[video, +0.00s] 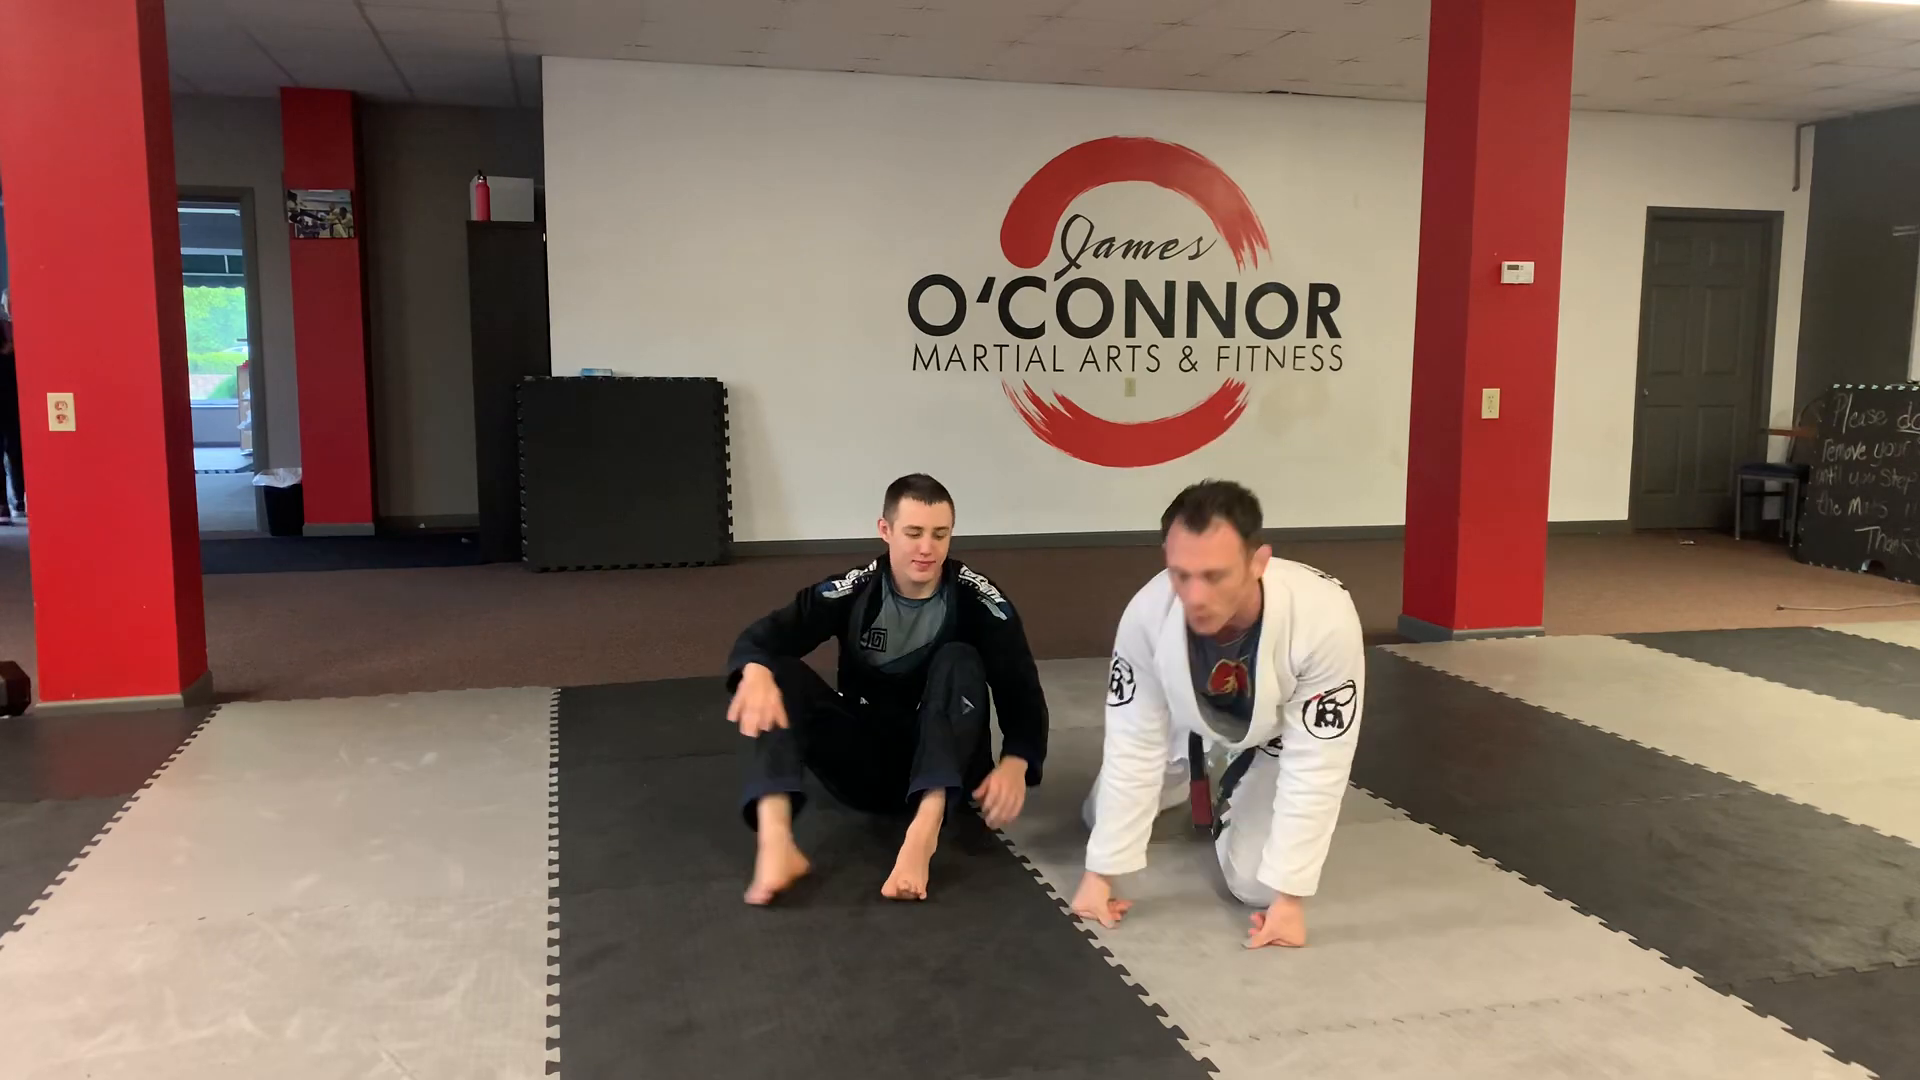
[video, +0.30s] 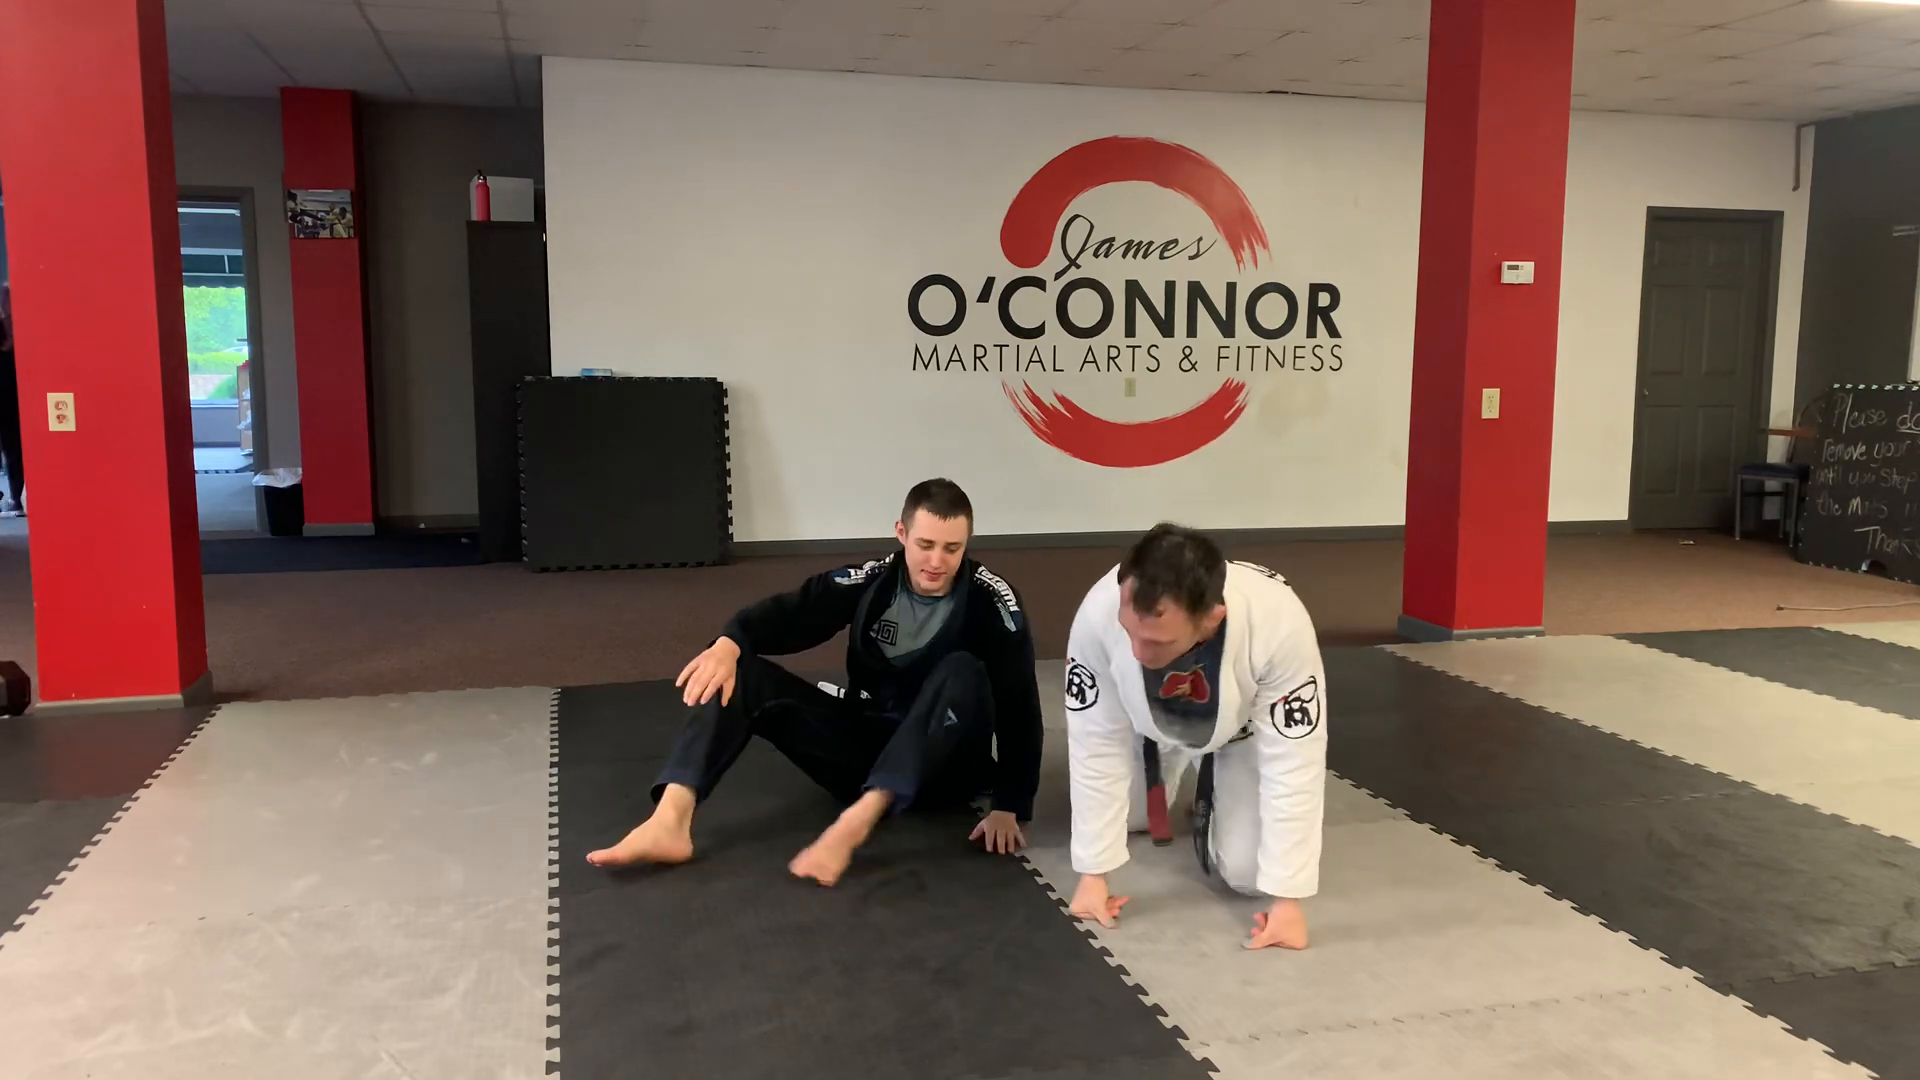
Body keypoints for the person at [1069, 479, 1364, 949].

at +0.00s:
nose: (1194, 597)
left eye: (1214, 576)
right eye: (1181, 576)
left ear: (1258, 565)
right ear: (1167, 564)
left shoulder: (1323, 619)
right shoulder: (1148, 616)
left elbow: (1318, 763)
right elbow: (1132, 746)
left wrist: (1290, 897)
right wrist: (1098, 873)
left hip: (1277, 742)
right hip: (1188, 729)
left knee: (1253, 884)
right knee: (1103, 815)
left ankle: (1243, 791)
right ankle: (1201, 760)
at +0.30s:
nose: (1139, 653)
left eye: (1158, 642)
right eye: (1130, 633)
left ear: (1212, 620)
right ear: (1124, 596)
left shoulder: (1277, 626)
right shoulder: (1100, 618)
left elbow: (1294, 764)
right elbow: (1096, 747)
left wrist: (1288, 898)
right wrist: (1092, 873)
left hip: (1244, 726)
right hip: (1152, 723)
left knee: (1249, 878)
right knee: (1136, 817)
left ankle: (1215, 798)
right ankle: (1182, 758)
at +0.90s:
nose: (1152, 629)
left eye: (1170, 617)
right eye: (1142, 610)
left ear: (1213, 598)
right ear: (1135, 586)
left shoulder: (1263, 621)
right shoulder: (1111, 612)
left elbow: (1281, 746)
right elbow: (1100, 737)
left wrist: (1285, 878)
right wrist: (1096, 863)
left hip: (1231, 713)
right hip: (1149, 703)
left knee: (1246, 815)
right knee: (1122, 809)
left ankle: (1181, 749)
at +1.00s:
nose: (1162, 602)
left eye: (1180, 590)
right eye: (1153, 583)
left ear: (1222, 574)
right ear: (1145, 565)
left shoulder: (1268, 606)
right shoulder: (1120, 603)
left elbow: (1288, 728)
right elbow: (1103, 722)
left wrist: (1280, 849)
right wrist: (1104, 845)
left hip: (1237, 704)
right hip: (1155, 697)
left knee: (1248, 813)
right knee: (1120, 809)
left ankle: (1188, 760)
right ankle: (1155, 740)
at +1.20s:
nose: (1167, 553)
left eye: (1185, 540)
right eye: (1159, 534)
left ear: (1227, 534)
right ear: (1152, 523)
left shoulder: (1270, 580)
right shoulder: (1121, 576)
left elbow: (1303, 689)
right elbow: (1090, 671)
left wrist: (1298, 797)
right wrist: (1113, 761)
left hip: (1230, 702)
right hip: (1145, 697)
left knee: (1251, 813)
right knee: (1114, 806)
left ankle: (1188, 766)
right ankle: (1159, 758)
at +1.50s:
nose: (1164, 483)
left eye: (1181, 470)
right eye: (1157, 467)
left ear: (1217, 476)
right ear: (1148, 466)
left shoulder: (1260, 542)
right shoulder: (1118, 534)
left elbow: (1299, 636)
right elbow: (1081, 602)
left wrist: (1320, 720)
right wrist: (1072, 655)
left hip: (1214, 698)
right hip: (1125, 688)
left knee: (1248, 805)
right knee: (1107, 798)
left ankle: (1179, 760)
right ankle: (1169, 760)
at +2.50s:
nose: (1074, 446)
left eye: (1088, 430)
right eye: (1062, 433)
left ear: (1118, 435)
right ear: (1049, 442)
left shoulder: (1172, 503)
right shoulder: (1037, 518)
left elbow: (1246, 582)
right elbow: (1008, 573)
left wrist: (1207, 581)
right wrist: (972, 591)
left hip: (1172, 670)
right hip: (1079, 669)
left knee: (1148, 746)